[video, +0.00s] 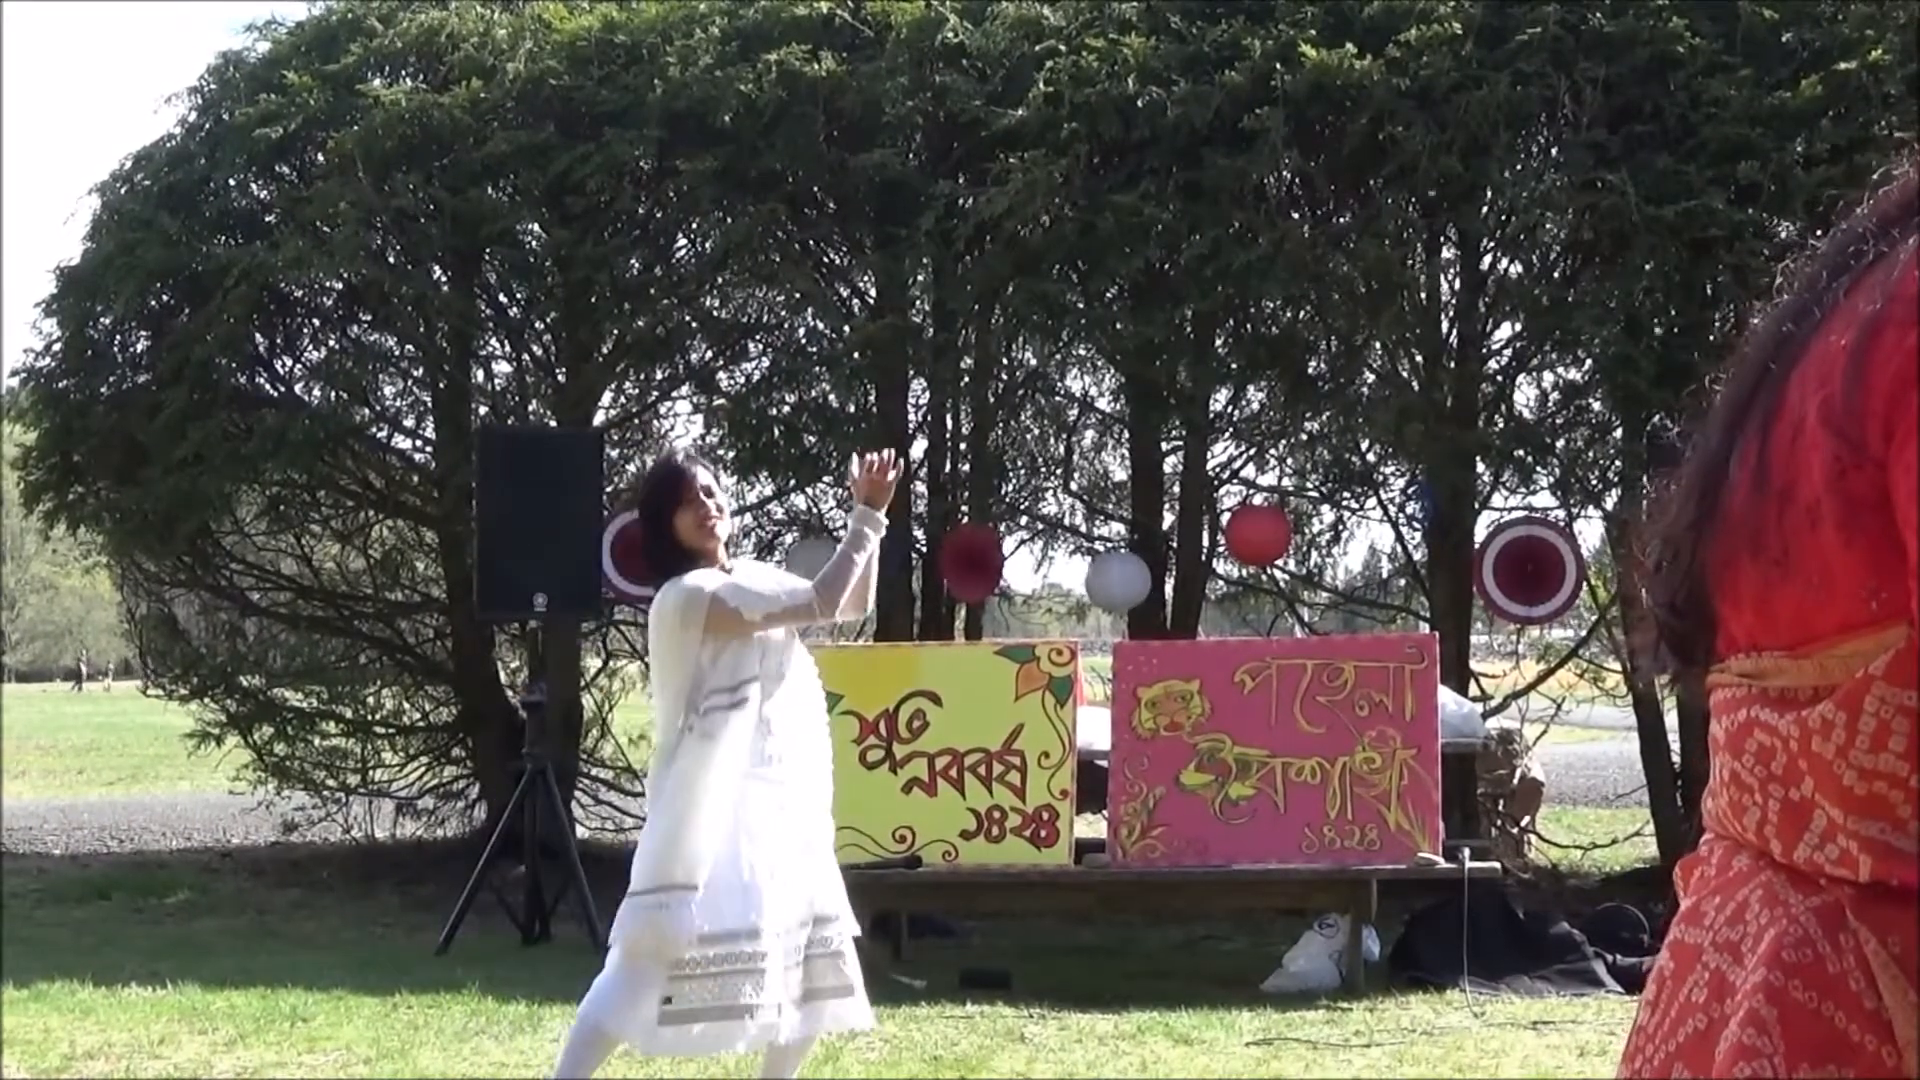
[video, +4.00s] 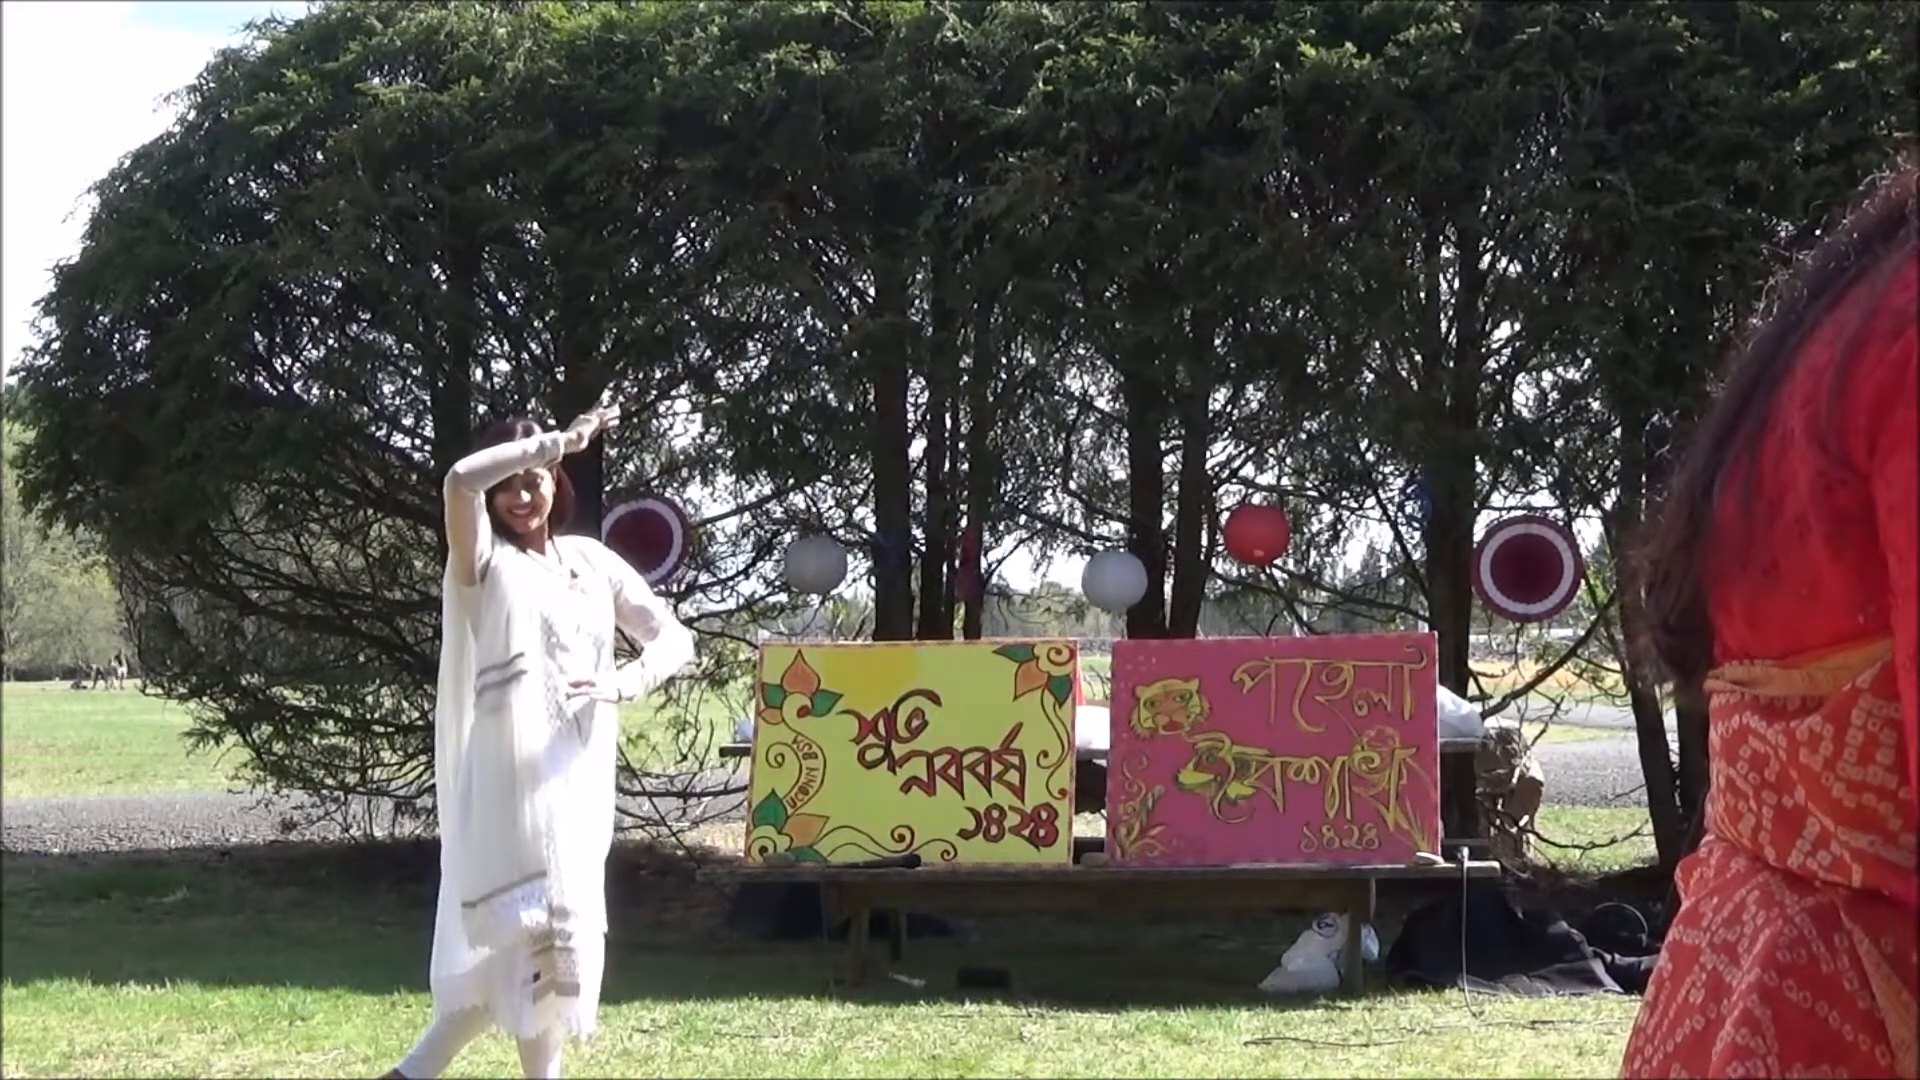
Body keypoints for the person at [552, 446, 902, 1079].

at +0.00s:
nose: (706, 507)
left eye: (710, 493)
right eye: (687, 502)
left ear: (725, 501)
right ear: (665, 522)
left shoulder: (751, 583)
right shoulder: (685, 596)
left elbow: (848, 606)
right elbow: (826, 601)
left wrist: (871, 517)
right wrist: (867, 513)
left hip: (779, 811)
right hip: (702, 813)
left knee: (821, 978)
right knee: (638, 966)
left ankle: (775, 1073)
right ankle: (566, 1072)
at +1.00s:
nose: (687, 497)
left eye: (699, 481)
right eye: (672, 485)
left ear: (723, 486)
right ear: (653, 495)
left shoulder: (771, 565)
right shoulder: (626, 576)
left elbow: (852, 636)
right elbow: (552, 661)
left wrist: (840, 689)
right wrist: (614, 690)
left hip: (750, 796)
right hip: (648, 799)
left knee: (758, 966)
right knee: (603, 966)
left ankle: (755, 1076)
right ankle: (563, 1075)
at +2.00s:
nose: (576, 489)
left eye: (585, 476)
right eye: (560, 479)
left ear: (602, 482)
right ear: (536, 491)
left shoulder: (631, 561)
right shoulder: (508, 565)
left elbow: (692, 638)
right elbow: (399, 610)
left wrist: (750, 699)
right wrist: (408, 695)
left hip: (608, 771)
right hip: (533, 768)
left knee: (575, 936)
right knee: (553, 937)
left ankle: (432, 1034)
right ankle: (549, 1071)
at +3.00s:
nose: (550, 499)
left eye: (560, 486)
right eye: (536, 488)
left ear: (575, 495)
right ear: (509, 498)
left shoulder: (591, 572)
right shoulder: (493, 573)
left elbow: (673, 649)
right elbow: (498, 496)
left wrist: (629, 672)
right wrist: (585, 443)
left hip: (582, 779)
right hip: (515, 776)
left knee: (549, 953)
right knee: (543, 946)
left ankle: (416, 1069)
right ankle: (548, 1070)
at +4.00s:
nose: (523, 496)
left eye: (535, 480)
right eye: (508, 484)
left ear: (556, 485)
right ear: (488, 496)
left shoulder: (590, 558)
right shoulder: (480, 565)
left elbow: (676, 639)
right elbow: (460, 479)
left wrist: (621, 681)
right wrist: (559, 442)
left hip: (575, 779)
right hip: (502, 777)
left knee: (529, 950)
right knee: (534, 948)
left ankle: (413, 1069)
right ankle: (544, 1072)